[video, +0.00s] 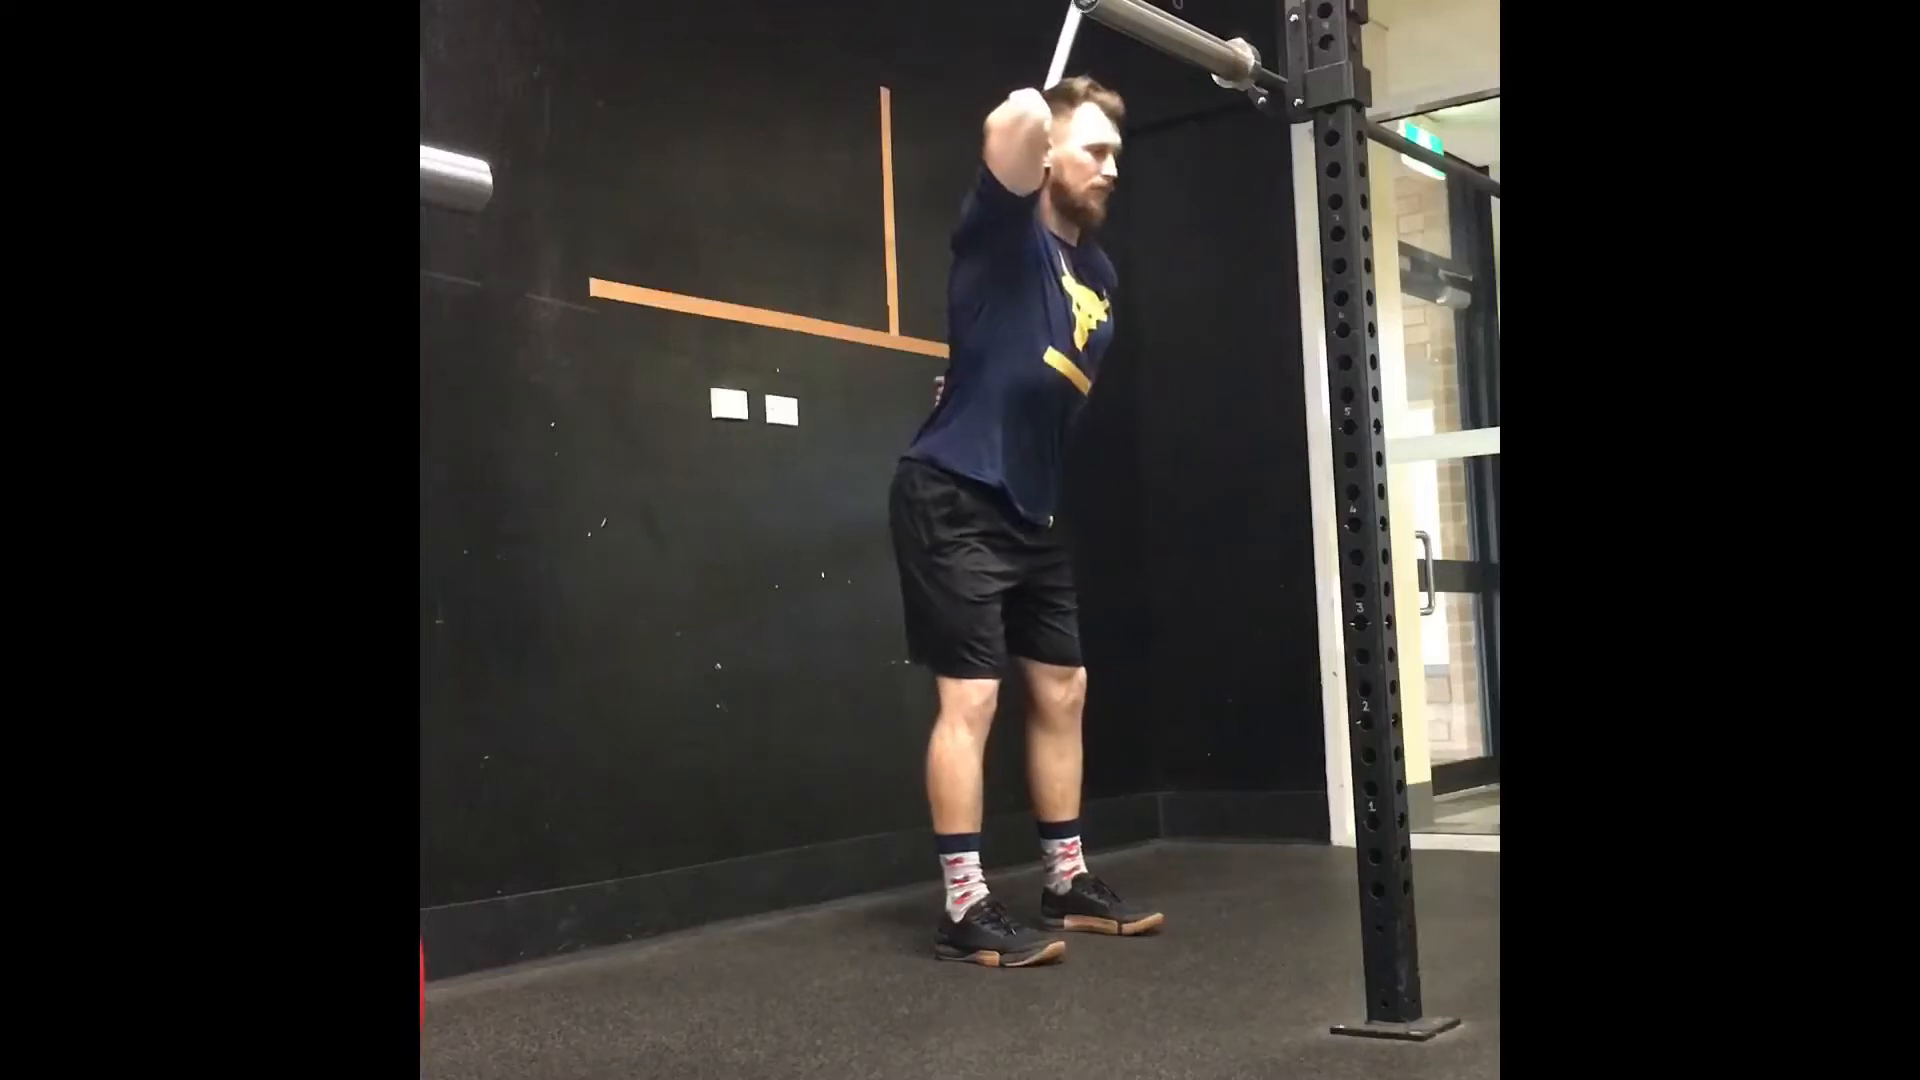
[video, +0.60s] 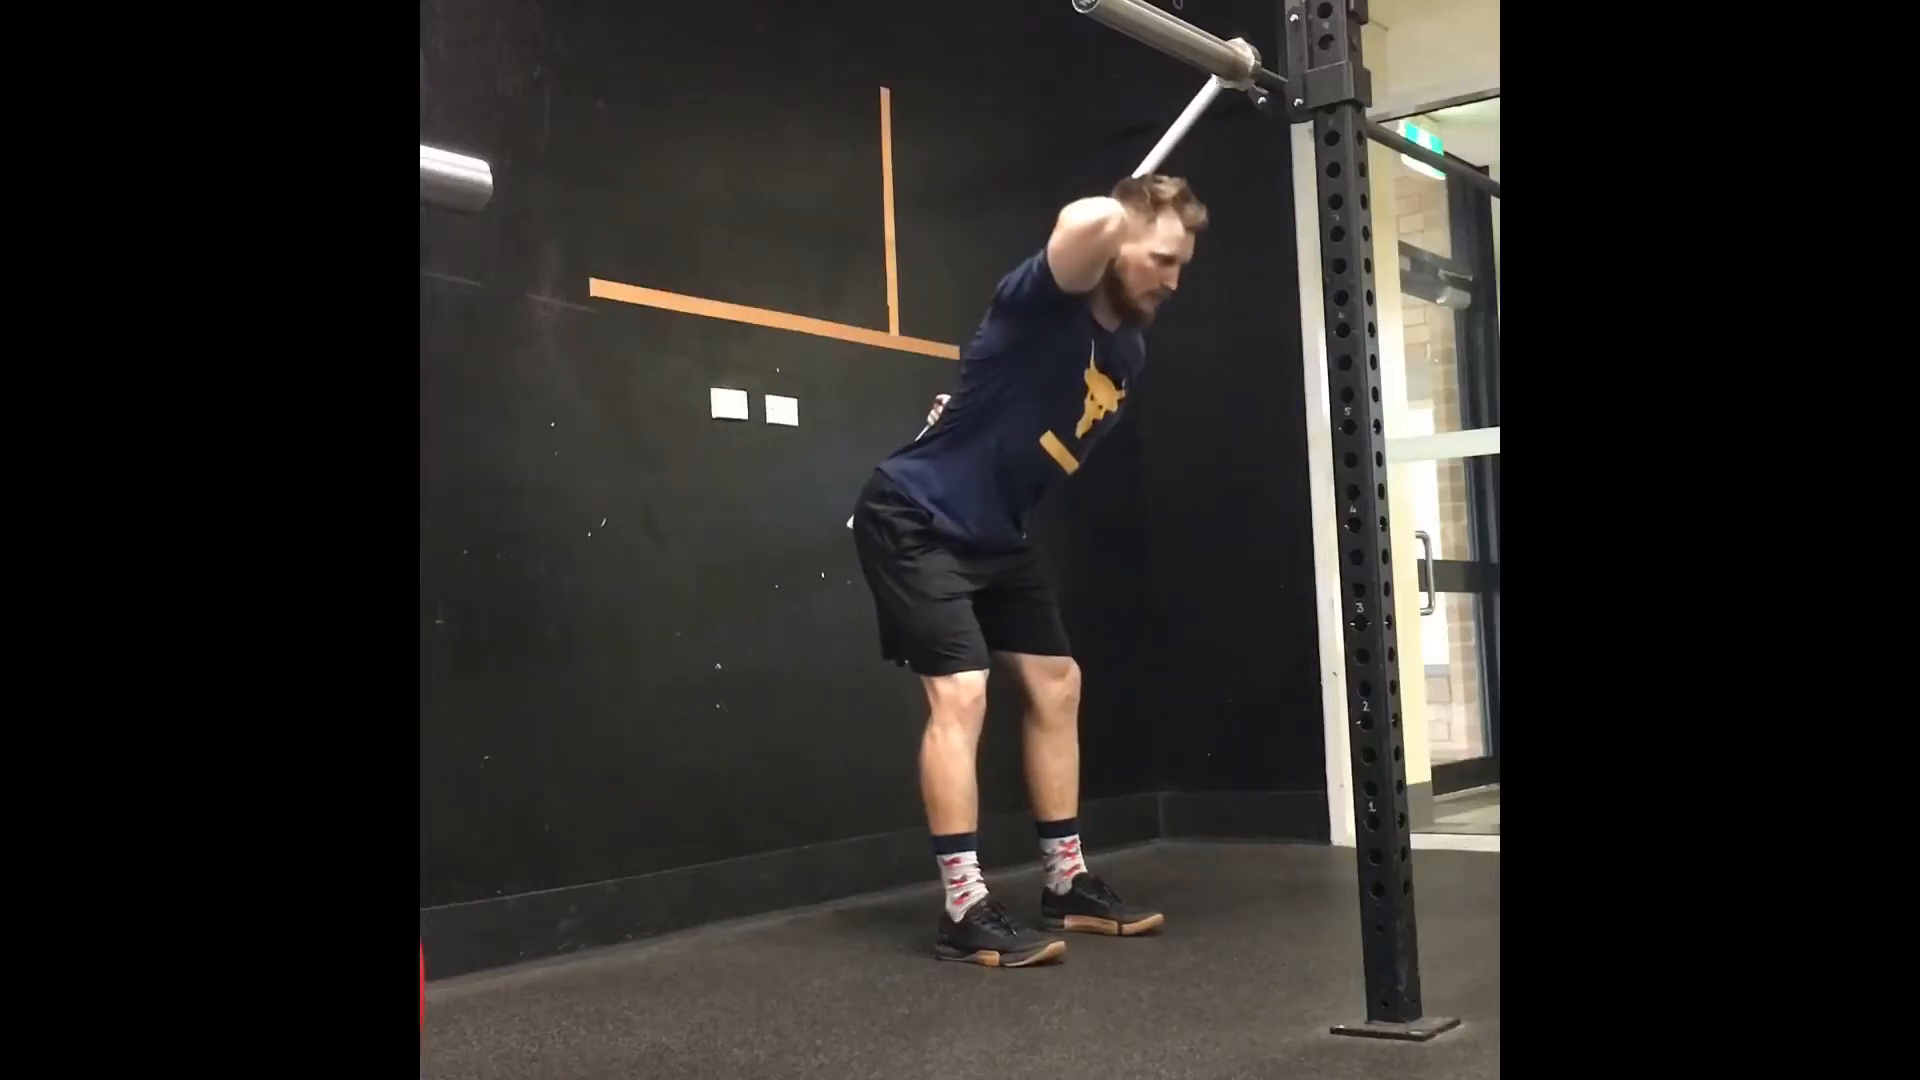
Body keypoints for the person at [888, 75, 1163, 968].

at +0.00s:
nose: (1110, 170)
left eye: (1115, 156)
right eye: (1094, 153)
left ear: (1114, 167)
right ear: (1045, 154)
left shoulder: (1099, 276)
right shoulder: (999, 233)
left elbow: (1060, 386)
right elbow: (1009, 125)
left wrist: (974, 405)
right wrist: (1047, 105)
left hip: (1032, 511)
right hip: (953, 496)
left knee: (1060, 688)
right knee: (970, 697)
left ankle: (1068, 881)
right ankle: (966, 908)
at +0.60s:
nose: (1171, 281)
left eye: (1181, 266)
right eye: (1160, 261)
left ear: (1184, 264)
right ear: (1115, 246)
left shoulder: (1124, 355)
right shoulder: (1045, 303)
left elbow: (1044, 416)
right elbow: (1080, 231)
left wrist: (966, 417)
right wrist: (1114, 212)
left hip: (996, 531)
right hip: (914, 515)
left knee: (1055, 684)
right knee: (958, 695)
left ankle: (1069, 885)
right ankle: (965, 911)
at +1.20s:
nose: (1151, 241)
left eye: (1159, 227)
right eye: (1140, 221)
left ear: (1158, 229)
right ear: (1093, 211)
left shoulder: (1115, 325)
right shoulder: (1027, 276)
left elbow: (1049, 394)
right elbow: (1054, 198)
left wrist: (972, 396)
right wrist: (1087, 177)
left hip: (1001, 526)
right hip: (922, 509)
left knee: (1057, 686)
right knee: (964, 693)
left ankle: (1068, 887)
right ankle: (965, 913)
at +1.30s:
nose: (1130, 192)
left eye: (1135, 177)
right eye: (1114, 174)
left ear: (1129, 186)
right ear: (1064, 172)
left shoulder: (1100, 291)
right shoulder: (1011, 248)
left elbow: (1070, 377)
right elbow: (1030, 160)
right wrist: (1073, 122)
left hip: (1021, 515)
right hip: (944, 500)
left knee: (1064, 684)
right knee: (973, 693)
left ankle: (1067, 884)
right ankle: (964, 909)